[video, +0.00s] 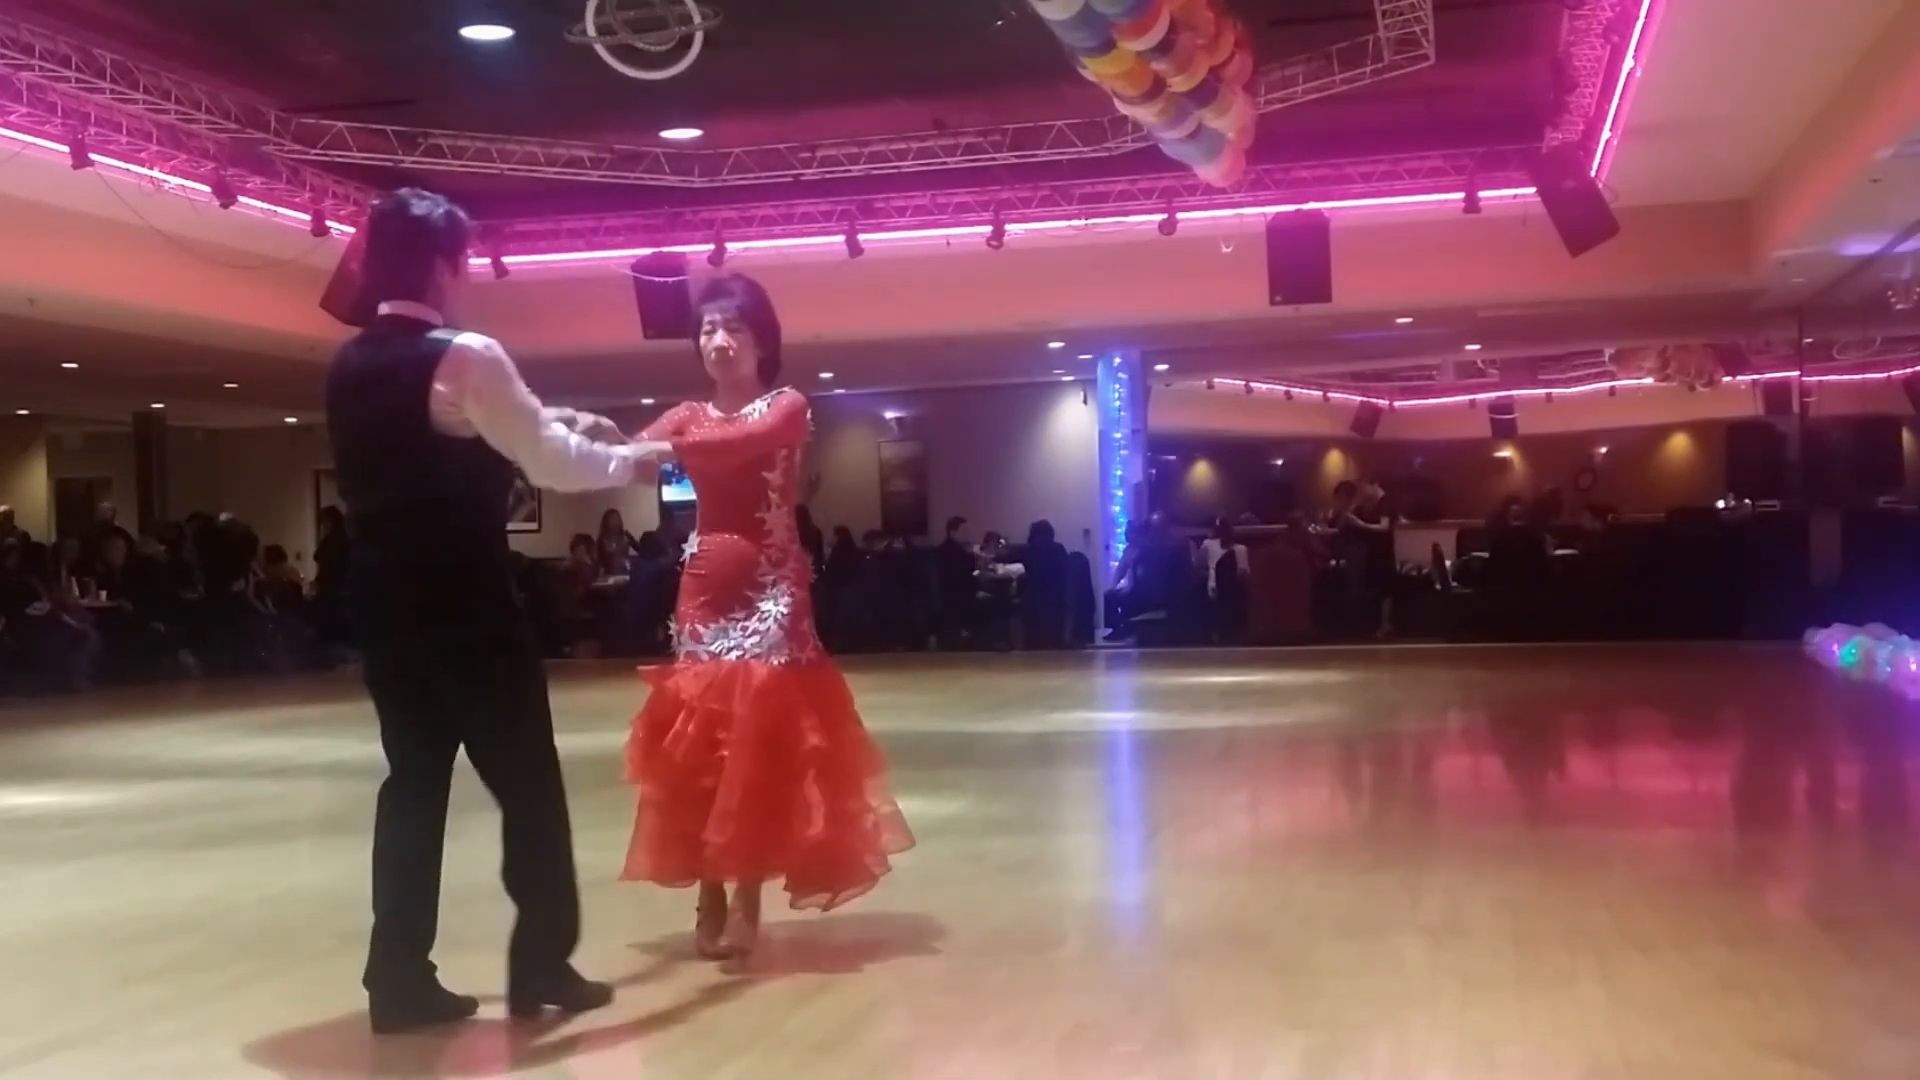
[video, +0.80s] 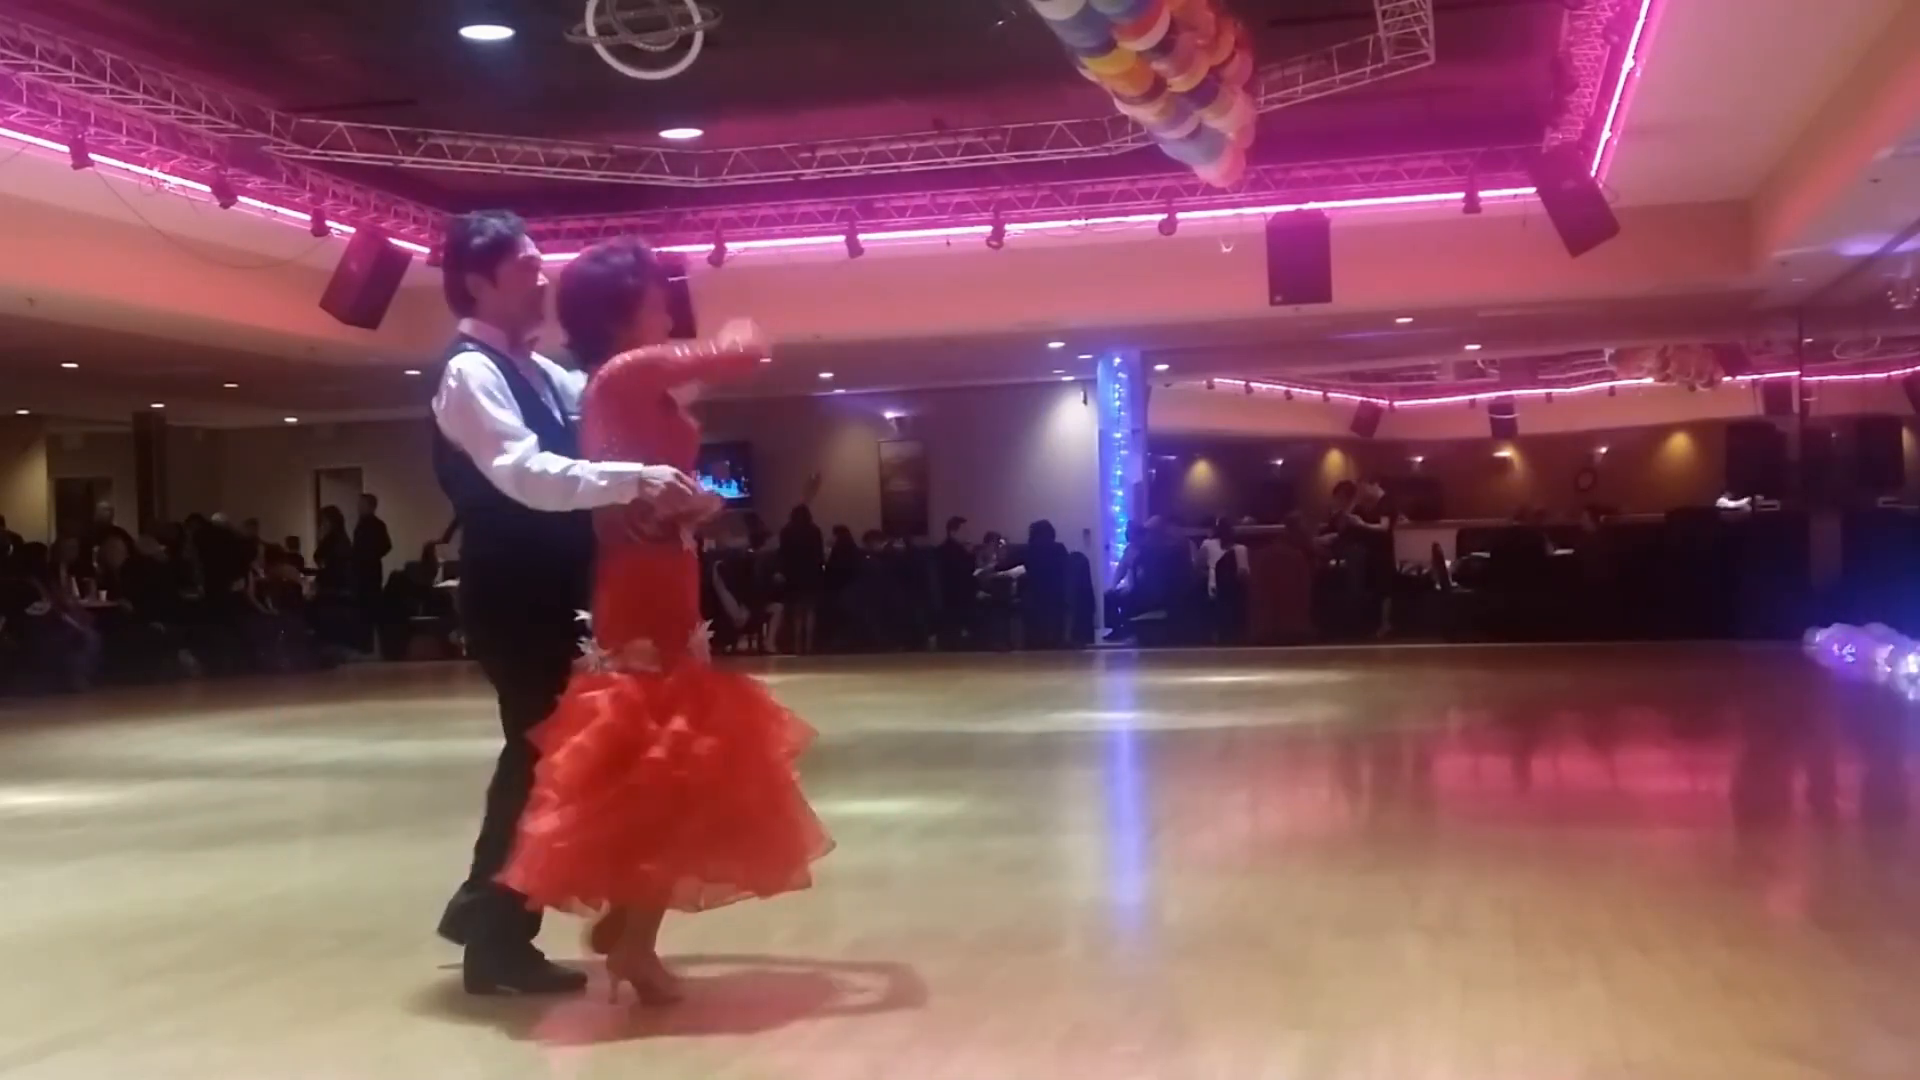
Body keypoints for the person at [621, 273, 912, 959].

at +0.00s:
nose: (720, 340)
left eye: (734, 328)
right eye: (708, 330)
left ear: (763, 338)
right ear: (698, 343)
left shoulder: (788, 404)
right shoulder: (686, 418)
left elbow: (736, 441)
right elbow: (627, 456)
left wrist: (663, 442)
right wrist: (576, 432)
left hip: (771, 586)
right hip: (703, 587)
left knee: (758, 736)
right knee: (707, 739)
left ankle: (747, 893)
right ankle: (709, 883)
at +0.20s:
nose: (713, 332)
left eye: (727, 322)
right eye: (703, 322)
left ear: (755, 340)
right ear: (688, 340)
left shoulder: (779, 411)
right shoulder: (673, 412)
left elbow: (766, 469)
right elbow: (608, 424)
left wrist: (679, 480)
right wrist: (588, 359)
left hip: (756, 592)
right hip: (687, 593)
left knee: (750, 752)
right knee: (695, 752)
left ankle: (731, 918)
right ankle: (708, 898)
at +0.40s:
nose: (718, 323)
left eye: (728, 313)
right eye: (703, 312)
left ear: (744, 332)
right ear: (675, 330)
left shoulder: (764, 414)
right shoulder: (655, 408)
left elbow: (789, 487)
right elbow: (620, 339)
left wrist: (712, 500)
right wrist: (621, 250)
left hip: (744, 588)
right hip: (672, 589)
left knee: (750, 754)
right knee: (679, 753)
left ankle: (736, 922)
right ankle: (658, 894)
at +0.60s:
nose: (707, 289)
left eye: (704, 276)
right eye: (690, 275)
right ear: (650, 288)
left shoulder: (705, 401)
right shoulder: (635, 378)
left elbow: (762, 483)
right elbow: (687, 279)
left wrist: (706, 498)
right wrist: (690, 244)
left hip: (711, 583)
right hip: (660, 583)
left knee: (727, 755)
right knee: (673, 761)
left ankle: (718, 920)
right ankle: (637, 928)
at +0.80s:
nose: (667, 304)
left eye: (662, 292)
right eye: (656, 292)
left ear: (589, 312)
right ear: (630, 303)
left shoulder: (609, 387)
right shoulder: (627, 375)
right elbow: (727, 356)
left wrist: (700, 505)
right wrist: (743, 341)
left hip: (638, 575)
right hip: (652, 579)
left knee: (657, 754)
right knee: (667, 755)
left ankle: (626, 918)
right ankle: (634, 933)